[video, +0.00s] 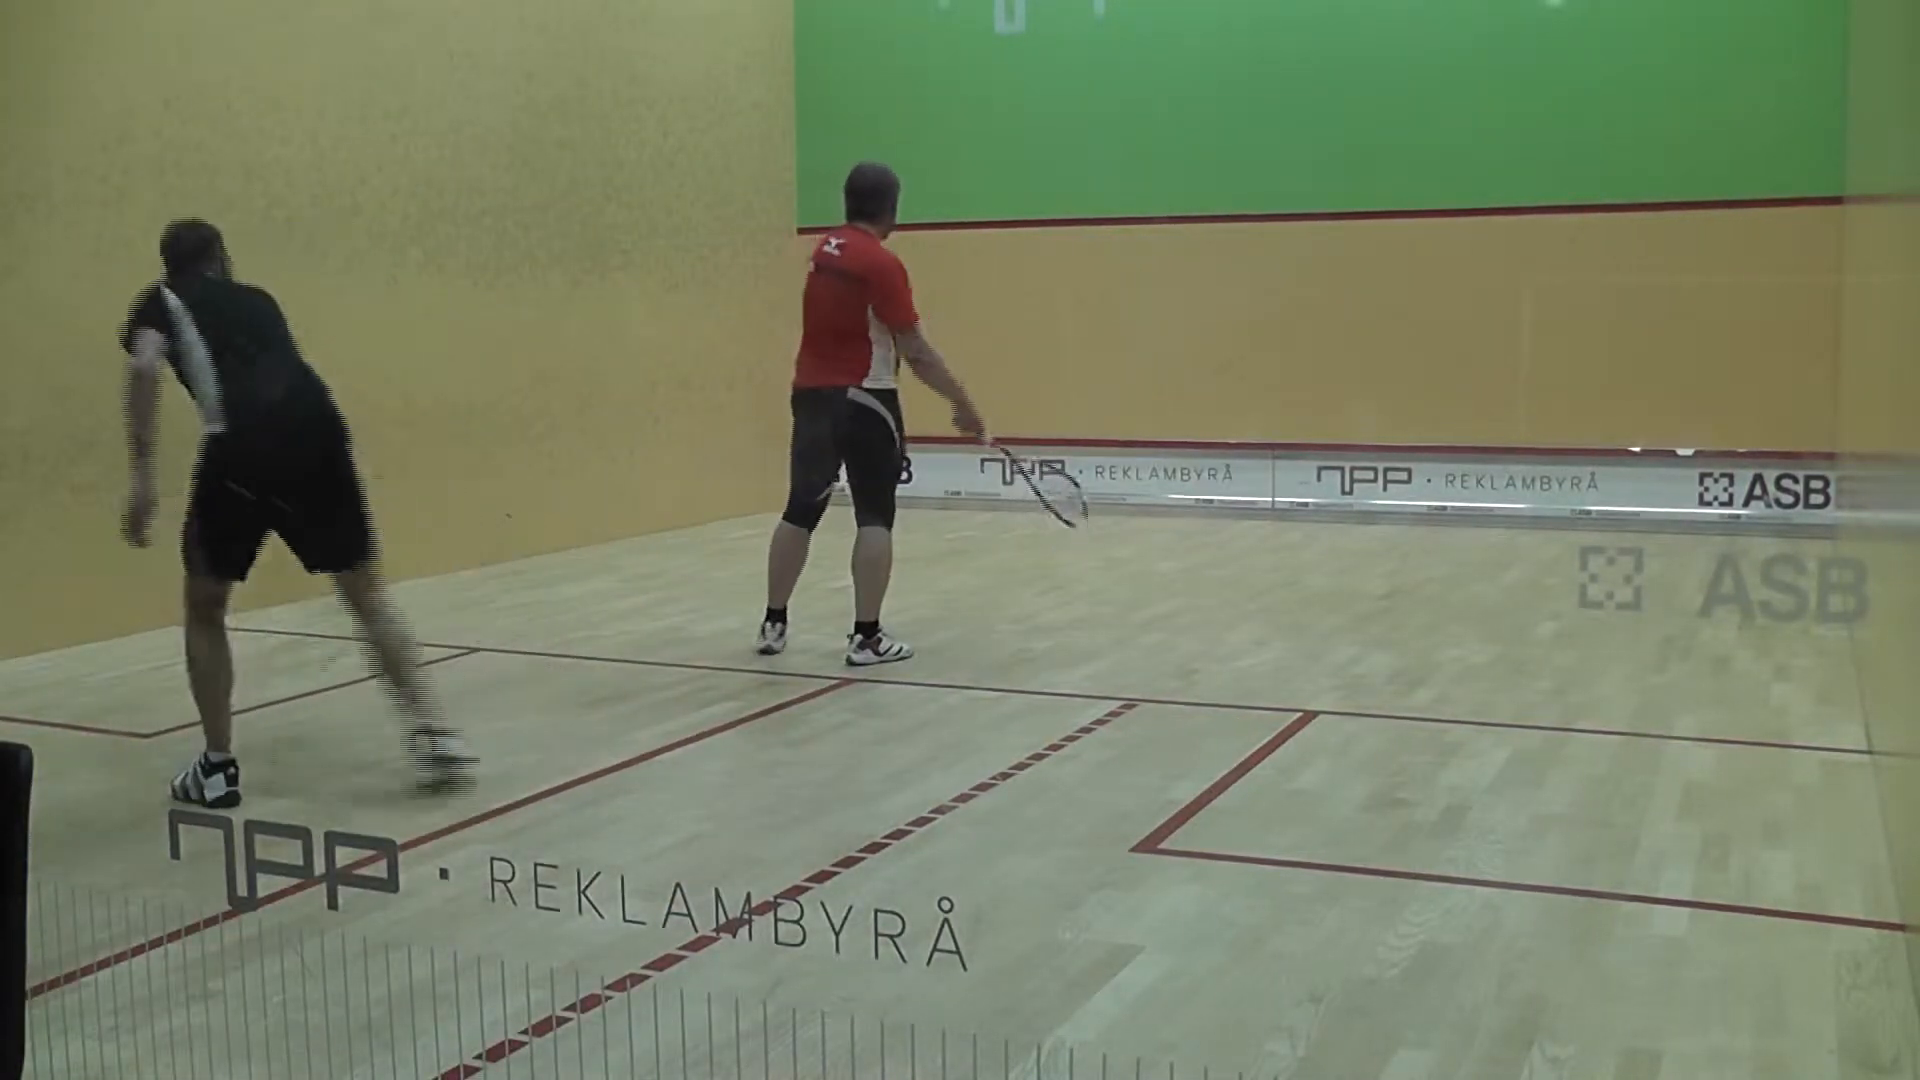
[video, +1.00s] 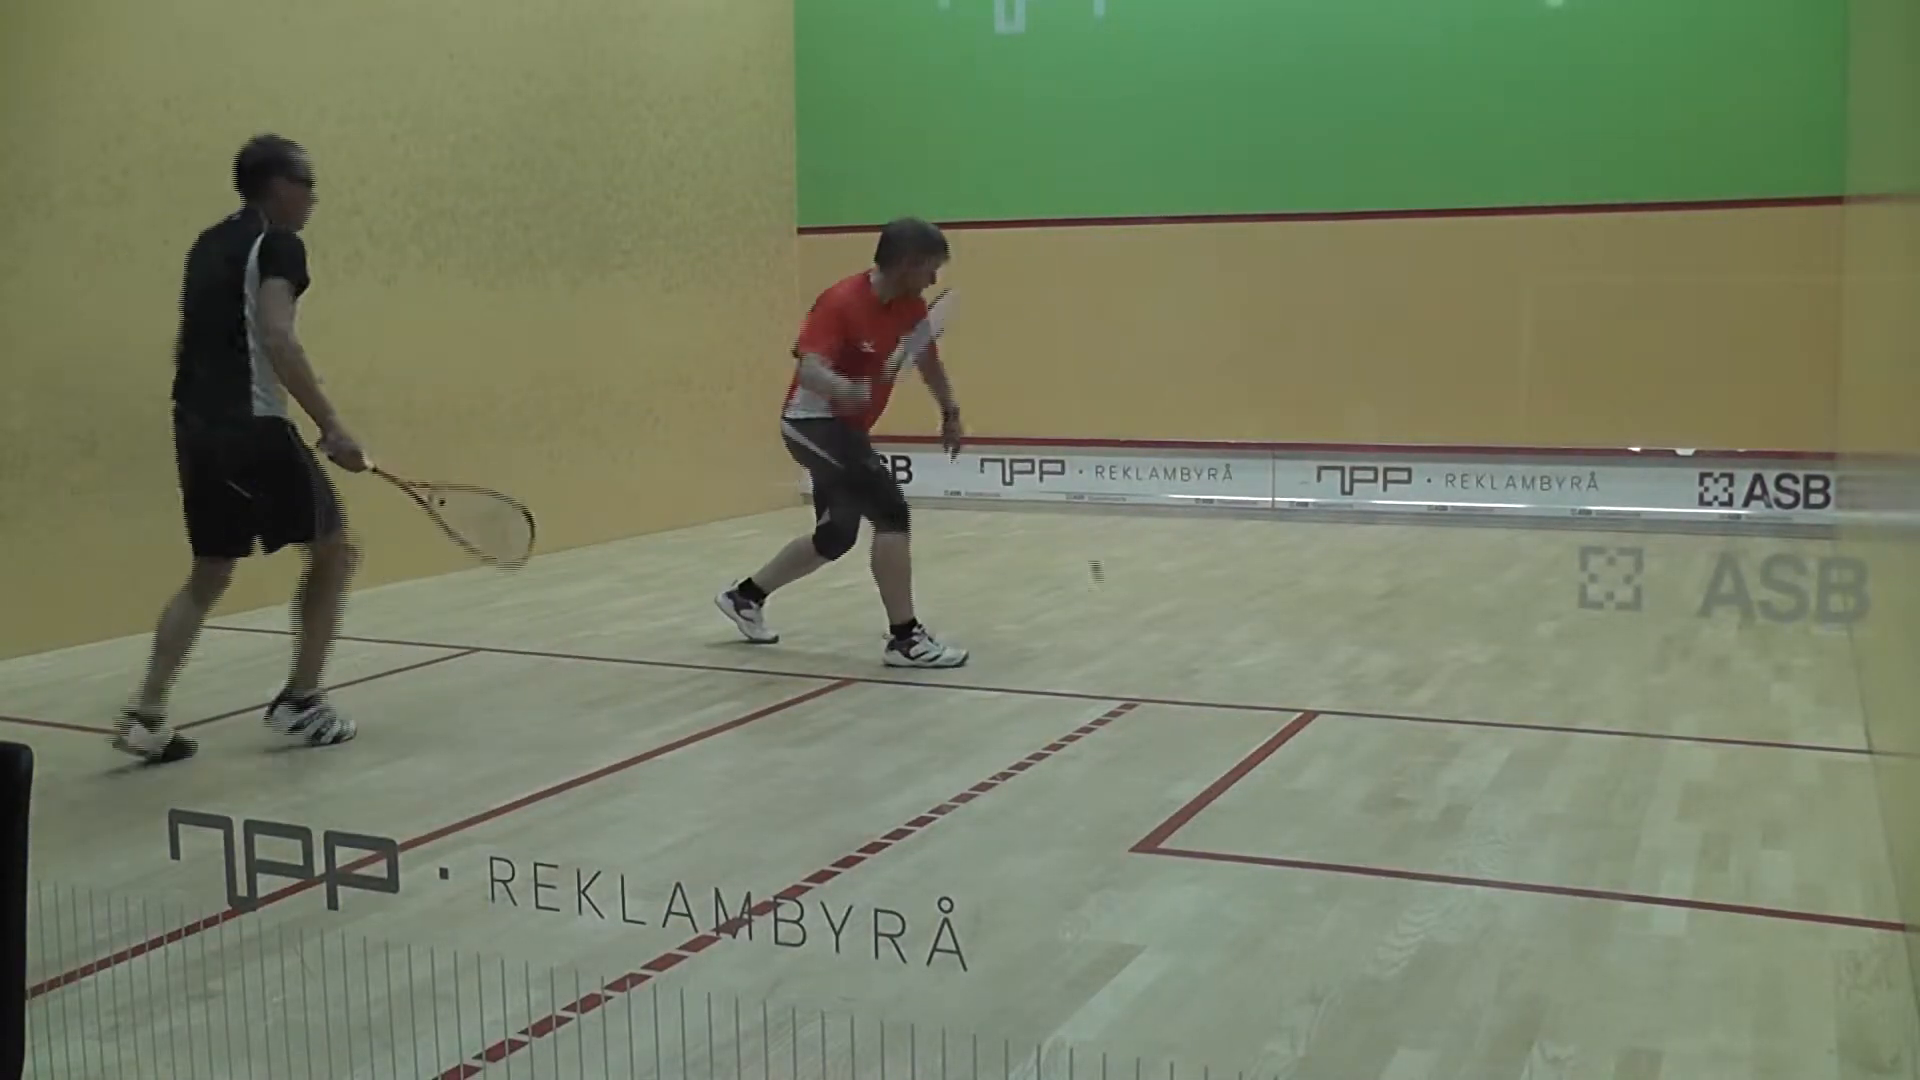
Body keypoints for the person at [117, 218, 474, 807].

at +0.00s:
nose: (228, 268)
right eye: (225, 259)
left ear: (169, 267)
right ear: (221, 259)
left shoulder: (162, 301)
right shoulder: (256, 298)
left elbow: (144, 371)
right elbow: (285, 379)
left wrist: (141, 484)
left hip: (237, 459)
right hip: (316, 449)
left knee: (205, 610)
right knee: (366, 594)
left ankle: (217, 764)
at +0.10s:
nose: (226, 254)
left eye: (220, 248)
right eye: (223, 246)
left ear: (162, 251)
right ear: (216, 246)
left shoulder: (149, 283)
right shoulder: (246, 286)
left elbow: (127, 354)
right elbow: (242, 396)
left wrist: (115, 470)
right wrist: (182, 483)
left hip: (217, 445)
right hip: (295, 436)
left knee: (196, 606)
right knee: (325, 580)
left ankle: (215, 759)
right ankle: (347, 726)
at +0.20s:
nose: (230, 237)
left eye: (226, 229)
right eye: (227, 229)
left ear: (166, 233)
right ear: (218, 231)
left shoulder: (142, 266)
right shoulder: (251, 281)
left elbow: (105, 332)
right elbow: (231, 389)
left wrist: (88, 441)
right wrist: (150, 458)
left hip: (188, 438)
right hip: (265, 435)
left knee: (172, 599)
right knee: (252, 578)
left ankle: (209, 743)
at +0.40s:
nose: (237, 231)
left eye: (235, 220)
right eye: (234, 220)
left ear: (175, 223)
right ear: (218, 223)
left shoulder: (133, 269)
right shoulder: (251, 291)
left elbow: (90, 354)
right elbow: (256, 395)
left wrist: (64, 456)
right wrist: (235, 453)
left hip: (141, 461)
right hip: (219, 466)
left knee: (104, 594)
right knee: (192, 592)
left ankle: (150, 696)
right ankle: (157, 728)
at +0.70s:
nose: (242, 210)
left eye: (242, 198)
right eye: (235, 198)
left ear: (181, 202)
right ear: (209, 202)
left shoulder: (130, 258)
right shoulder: (236, 265)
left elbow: (93, 361)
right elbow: (288, 365)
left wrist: (117, 424)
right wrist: (331, 432)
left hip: (132, 451)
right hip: (209, 449)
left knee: (117, 594)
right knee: (281, 550)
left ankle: (85, 747)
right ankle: (248, 694)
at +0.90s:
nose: (288, 203)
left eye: (287, 190)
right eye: (280, 191)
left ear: (233, 196)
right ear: (251, 193)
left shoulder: (184, 253)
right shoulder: (267, 251)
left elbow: (152, 358)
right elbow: (283, 347)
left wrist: (190, 419)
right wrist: (341, 425)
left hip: (189, 445)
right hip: (255, 441)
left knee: (170, 582)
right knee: (301, 565)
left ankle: (97, 710)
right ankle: (287, 713)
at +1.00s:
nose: (312, 198)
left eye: (311, 186)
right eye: (304, 185)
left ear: (256, 190)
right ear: (273, 187)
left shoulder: (209, 243)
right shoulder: (278, 243)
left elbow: (198, 347)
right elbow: (277, 338)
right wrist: (331, 423)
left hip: (197, 434)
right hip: (256, 431)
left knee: (208, 574)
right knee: (336, 550)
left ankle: (145, 714)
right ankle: (301, 701)